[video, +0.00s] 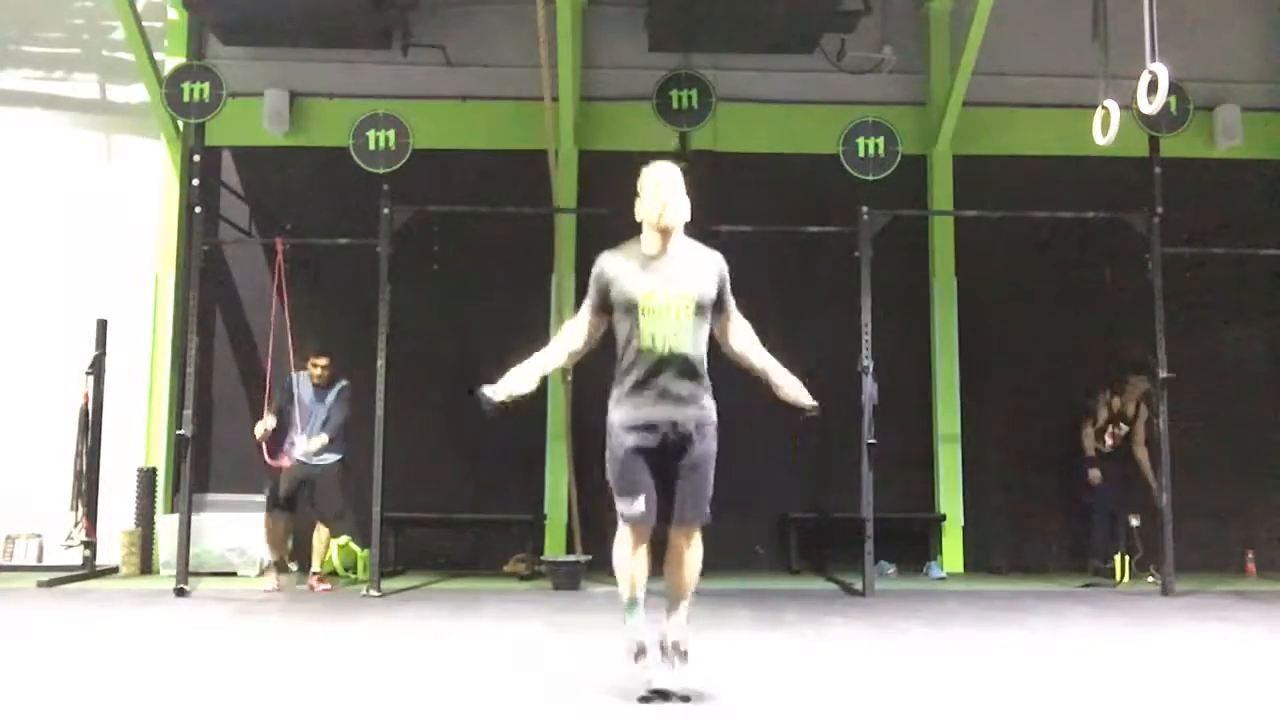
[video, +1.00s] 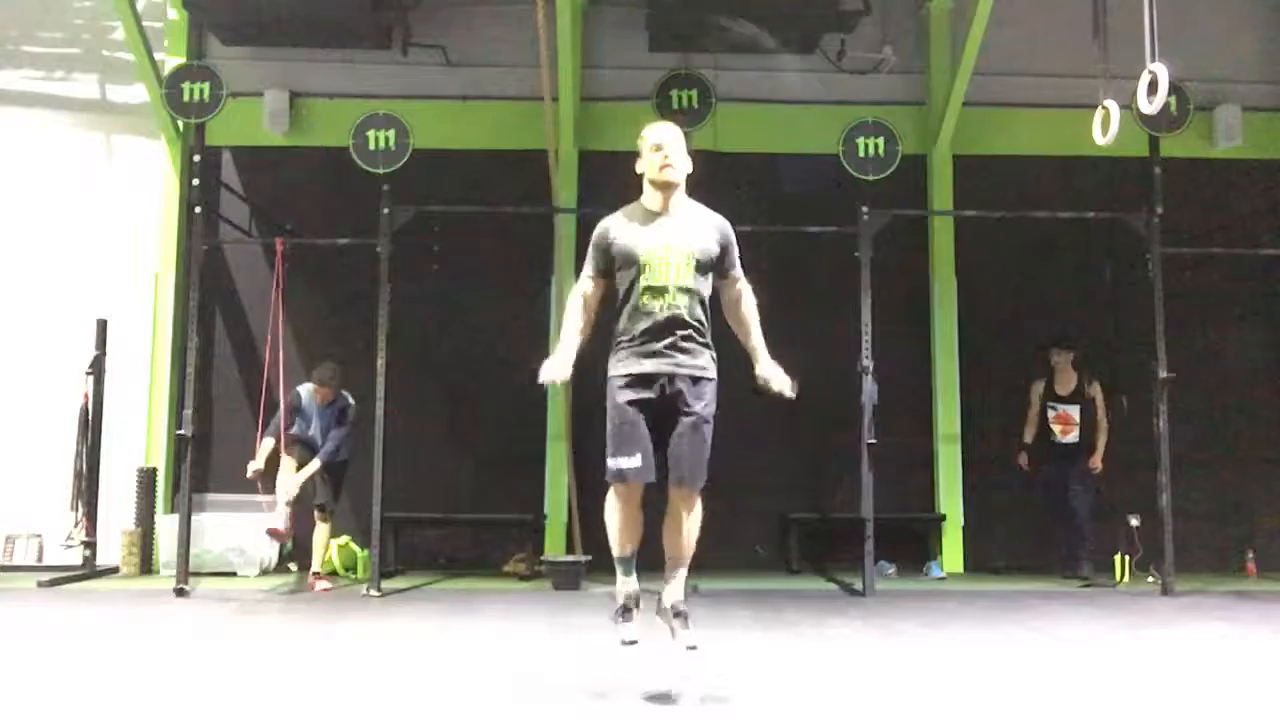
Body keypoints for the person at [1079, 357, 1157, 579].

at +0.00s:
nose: (1139, 387)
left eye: (1143, 382)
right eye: (1135, 381)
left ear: (1146, 386)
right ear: (1127, 382)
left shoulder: (1140, 409)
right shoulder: (1108, 400)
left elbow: (1139, 446)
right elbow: (1088, 428)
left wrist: (1154, 484)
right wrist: (1091, 462)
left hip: (1116, 460)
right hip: (1095, 457)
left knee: (1118, 508)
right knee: (1100, 506)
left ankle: (1115, 558)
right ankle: (1097, 559)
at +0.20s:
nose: (1127, 373)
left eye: (1130, 369)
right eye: (1124, 367)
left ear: (1133, 372)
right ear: (1114, 368)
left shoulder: (1133, 399)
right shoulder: (1095, 392)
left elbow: (1139, 437)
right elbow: (1076, 425)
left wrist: (1153, 471)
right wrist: (1081, 459)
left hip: (1115, 461)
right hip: (1091, 460)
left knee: (1112, 512)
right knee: (1086, 512)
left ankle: (1108, 561)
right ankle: (1082, 564)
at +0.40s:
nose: (1098, 365)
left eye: (1103, 360)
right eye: (1095, 360)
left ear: (1111, 364)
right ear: (1089, 364)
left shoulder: (1120, 394)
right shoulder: (1078, 391)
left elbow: (1130, 430)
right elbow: (1063, 425)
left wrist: (1144, 463)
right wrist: (1070, 458)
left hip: (1108, 463)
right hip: (1082, 463)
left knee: (1109, 511)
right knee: (1078, 512)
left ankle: (1109, 560)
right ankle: (1077, 562)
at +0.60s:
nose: (1076, 363)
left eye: (1080, 358)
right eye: (1072, 359)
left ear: (1089, 362)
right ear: (1067, 364)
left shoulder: (1105, 389)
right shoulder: (1058, 390)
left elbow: (1116, 425)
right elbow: (1049, 425)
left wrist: (1124, 457)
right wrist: (1053, 456)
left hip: (1097, 458)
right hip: (1069, 459)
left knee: (1104, 506)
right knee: (1071, 509)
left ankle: (1109, 559)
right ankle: (1076, 562)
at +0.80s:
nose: (1065, 360)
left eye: (1069, 355)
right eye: (1061, 355)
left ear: (1078, 357)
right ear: (1056, 358)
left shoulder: (1096, 387)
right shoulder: (1047, 388)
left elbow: (1105, 422)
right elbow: (1037, 421)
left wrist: (1106, 452)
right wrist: (1033, 451)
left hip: (1088, 456)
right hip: (1060, 456)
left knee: (1092, 505)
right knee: (1065, 507)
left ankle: (1096, 556)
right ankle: (1072, 560)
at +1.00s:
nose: (1056, 360)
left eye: (1061, 355)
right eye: (1053, 354)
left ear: (1072, 356)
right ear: (1049, 357)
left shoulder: (1090, 386)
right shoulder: (1040, 386)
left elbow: (1101, 423)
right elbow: (1032, 419)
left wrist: (1098, 453)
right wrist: (1025, 447)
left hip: (1080, 457)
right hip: (1051, 457)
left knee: (1078, 506)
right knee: (1056, 509)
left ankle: (1083, 560)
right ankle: (1065, 561)